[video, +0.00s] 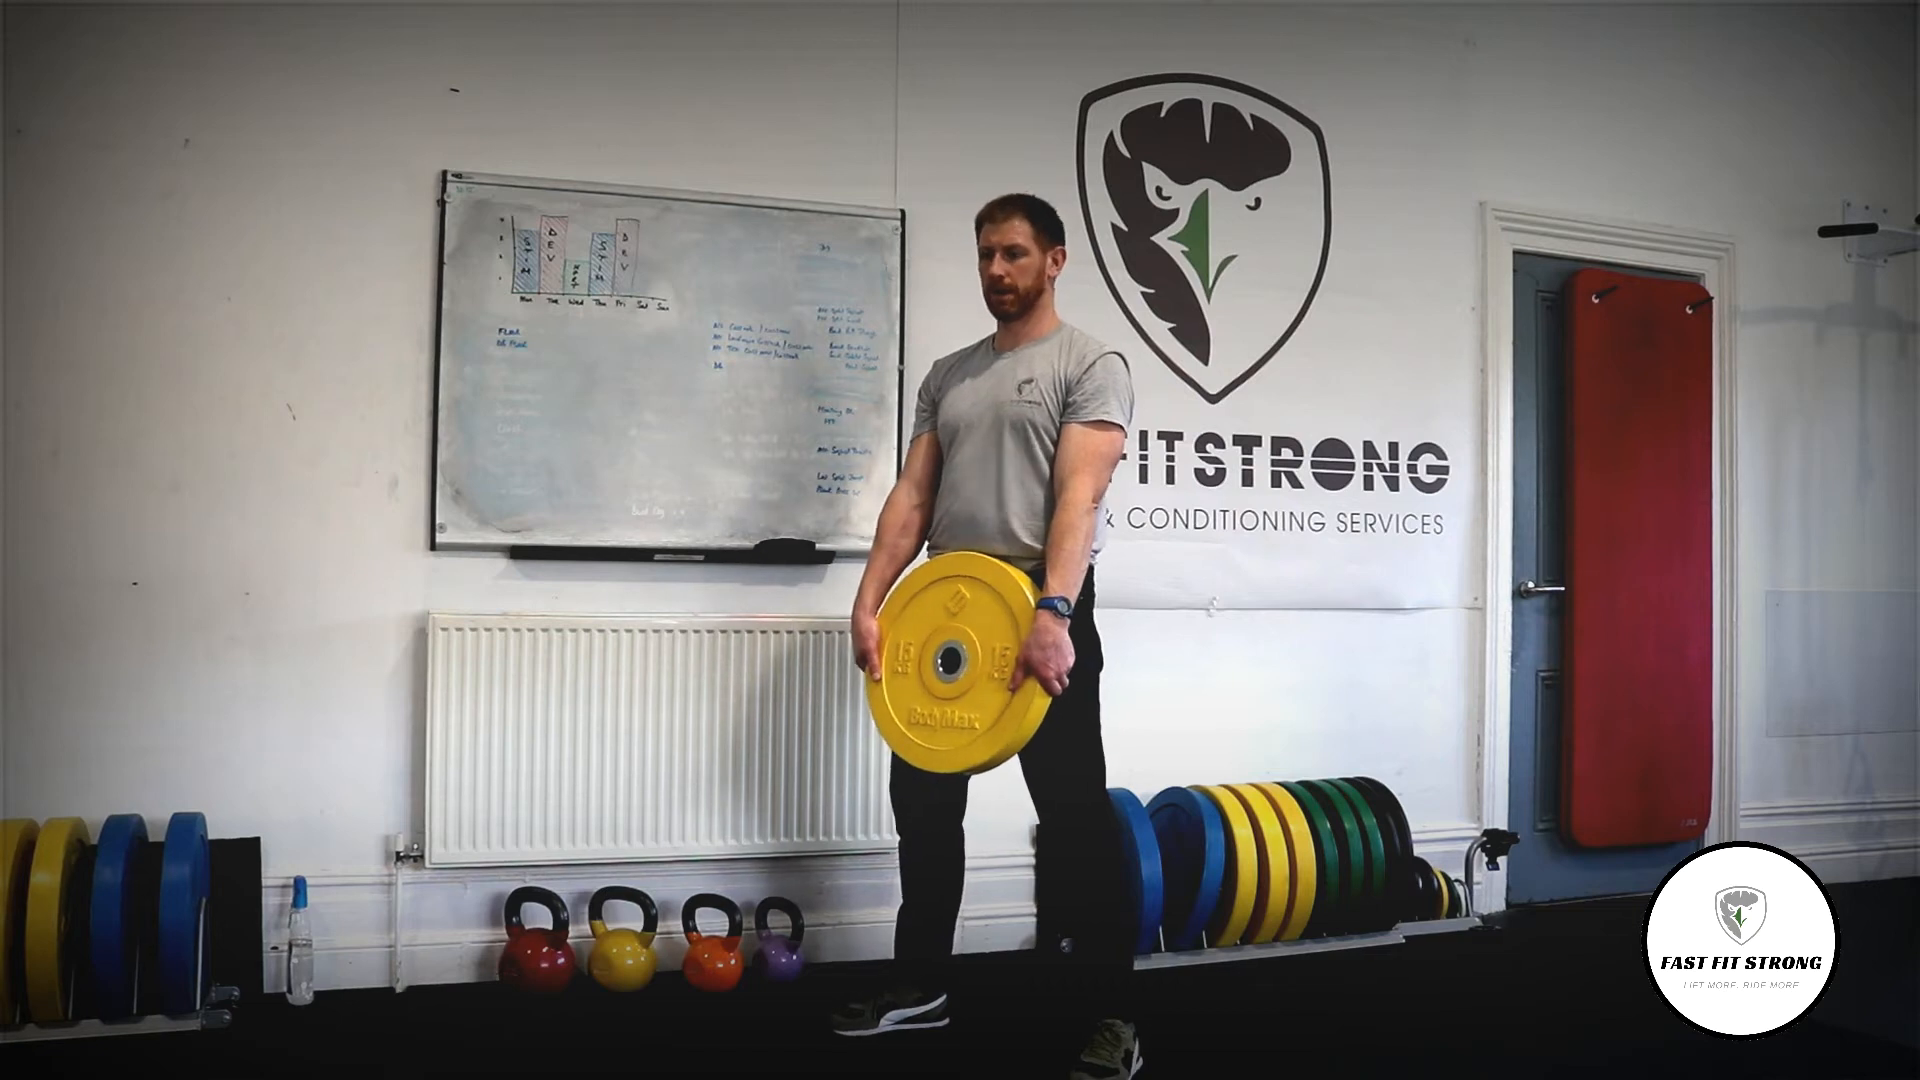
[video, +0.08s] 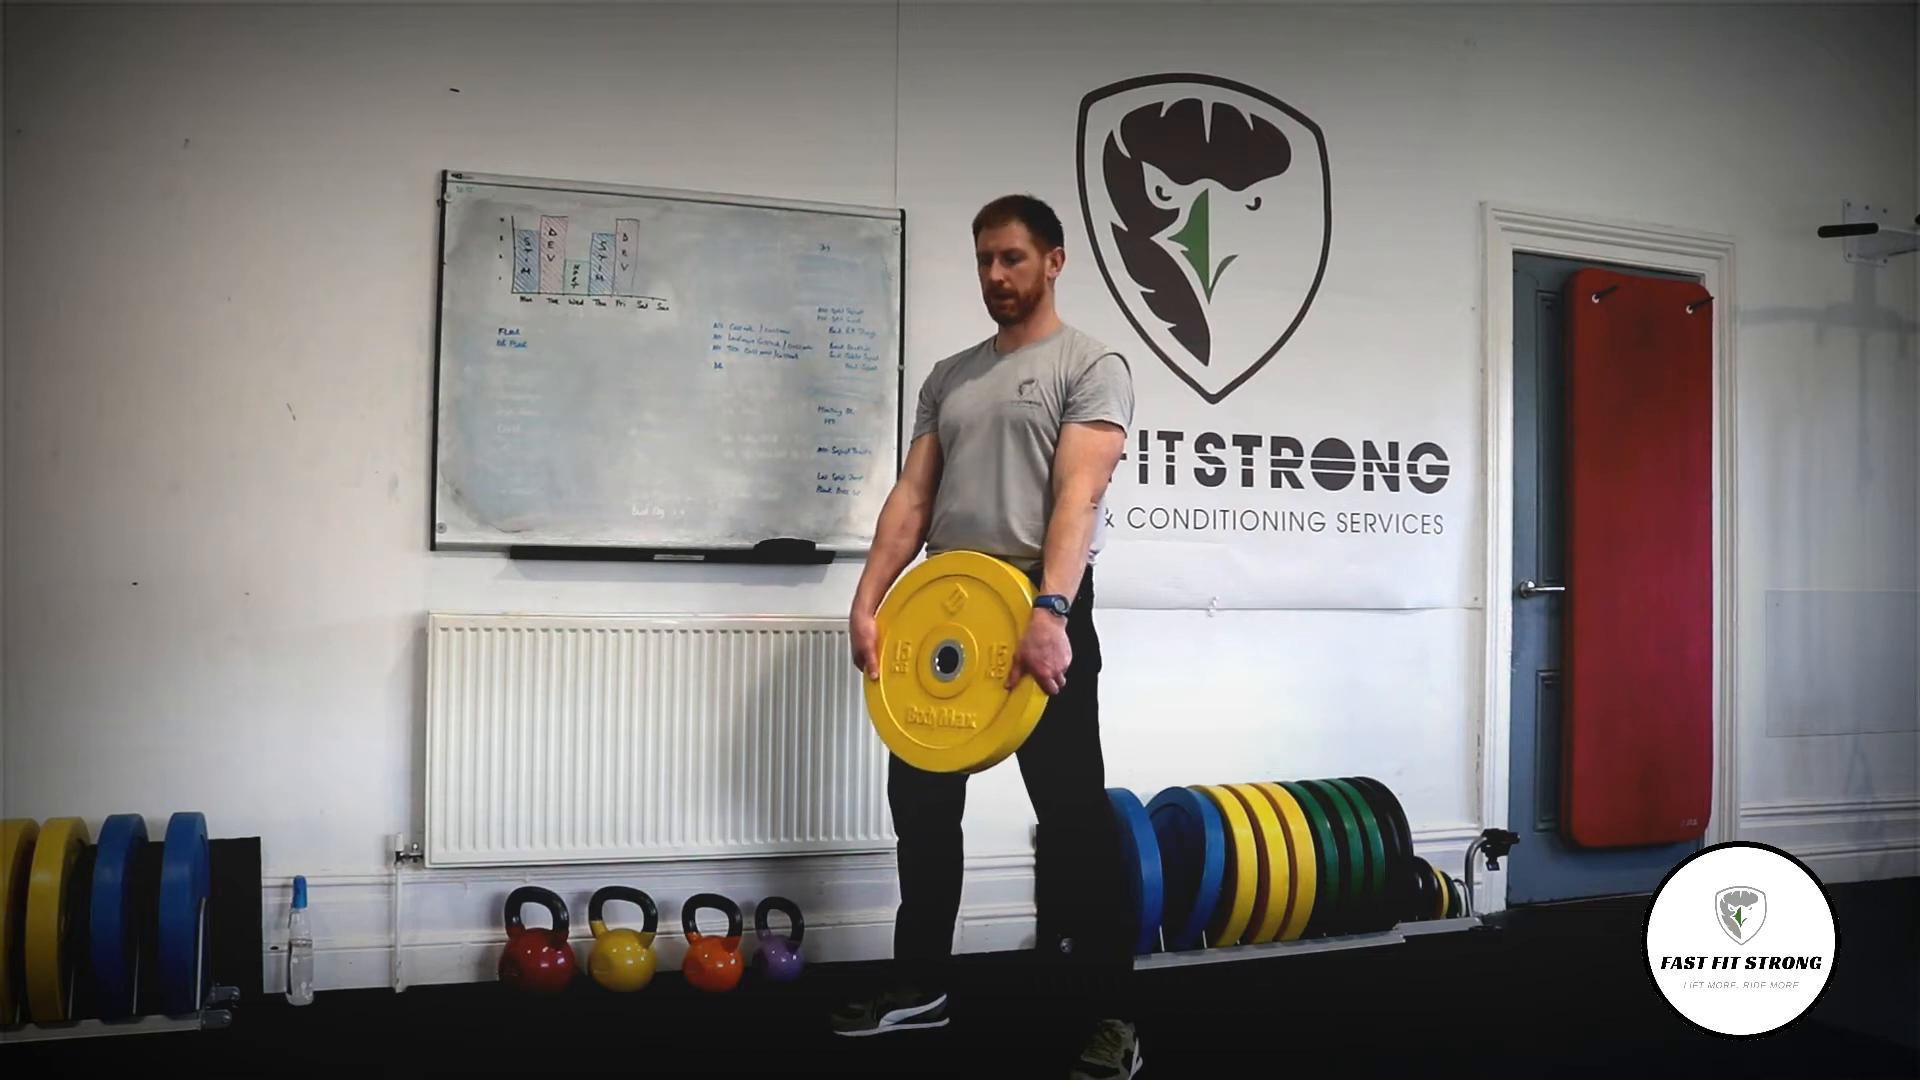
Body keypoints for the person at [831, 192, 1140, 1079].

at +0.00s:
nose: (996, 268)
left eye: (1013, 253)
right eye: (987, 256)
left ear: (1054, 261)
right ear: (978, 267)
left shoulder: (1091, 364)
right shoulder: (946, 377)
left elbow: (1079, 496)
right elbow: (912, 498)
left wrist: (1054, 608)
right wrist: (868, 601)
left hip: (1046, 606)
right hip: (943, 607)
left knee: (1071, 807)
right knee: (923, 797)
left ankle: (1105, 1014)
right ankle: (920, 988)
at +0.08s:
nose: (995, 273)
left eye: (1012, 257)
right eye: (986, 260)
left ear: (1054, 261)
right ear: (978, 269)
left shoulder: (1091, 365)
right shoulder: (947, 378)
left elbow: (1077, 497)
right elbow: (911, 498)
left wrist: (1052, 606)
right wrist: (866, 601)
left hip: (1042, 607)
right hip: (942, 608)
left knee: (1069, 805)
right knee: (920, 794)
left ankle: (1105, 1014)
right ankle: (921, 989)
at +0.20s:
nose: (995, 285)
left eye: (1010, 268)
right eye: (984, 271)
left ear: (1053, 267)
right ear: (976, 277)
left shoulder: (1093, 371)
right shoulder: (950, 382)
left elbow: (1077, 499)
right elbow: (911, 499)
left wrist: (1050, 607)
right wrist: (863, 599)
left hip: (1038, 606)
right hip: (937, 608)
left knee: (1067, 805)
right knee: (918, 795)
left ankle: (1105, 1014)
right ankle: (921, 990)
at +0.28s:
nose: (993, 294)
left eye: (1007, 277)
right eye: (981, 281)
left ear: (1051, 272)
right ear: (974, 283)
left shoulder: (1095, 372)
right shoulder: (953, 384)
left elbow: (1076, 499)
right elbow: (912, 498)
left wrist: (1047, 605)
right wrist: (861, 597)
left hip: (1037, 601)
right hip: (936, 606)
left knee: (1064, 801)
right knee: (915, 789)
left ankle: (1104, 1013)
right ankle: (920, 989)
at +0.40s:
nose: (987, 303)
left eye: (1000, 286)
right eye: (976, 290)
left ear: (1045, 276)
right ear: (969, 289)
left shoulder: (1095, 371)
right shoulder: (952, 384)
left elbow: (1077, 498)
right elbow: (913, 497)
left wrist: (1045, 605)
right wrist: (860, 598)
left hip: (1039, 604)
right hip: (940, 608)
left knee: (1063, 799)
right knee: (916, 790)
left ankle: (1104, 1011)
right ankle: (920, 989)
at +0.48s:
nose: (981, 301)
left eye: (993, 284)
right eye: (969, 288)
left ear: (1038, 272)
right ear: (962, 286)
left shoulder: (1091, 366)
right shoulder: (948, 377)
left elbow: (1076, 494)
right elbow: (912, 494)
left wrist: (1047, 605)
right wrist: (863, 598)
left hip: (1045, 603)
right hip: (944, 607)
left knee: (1067, 802)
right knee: (921, 791)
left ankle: (1104, 1013)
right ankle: (921, 988)